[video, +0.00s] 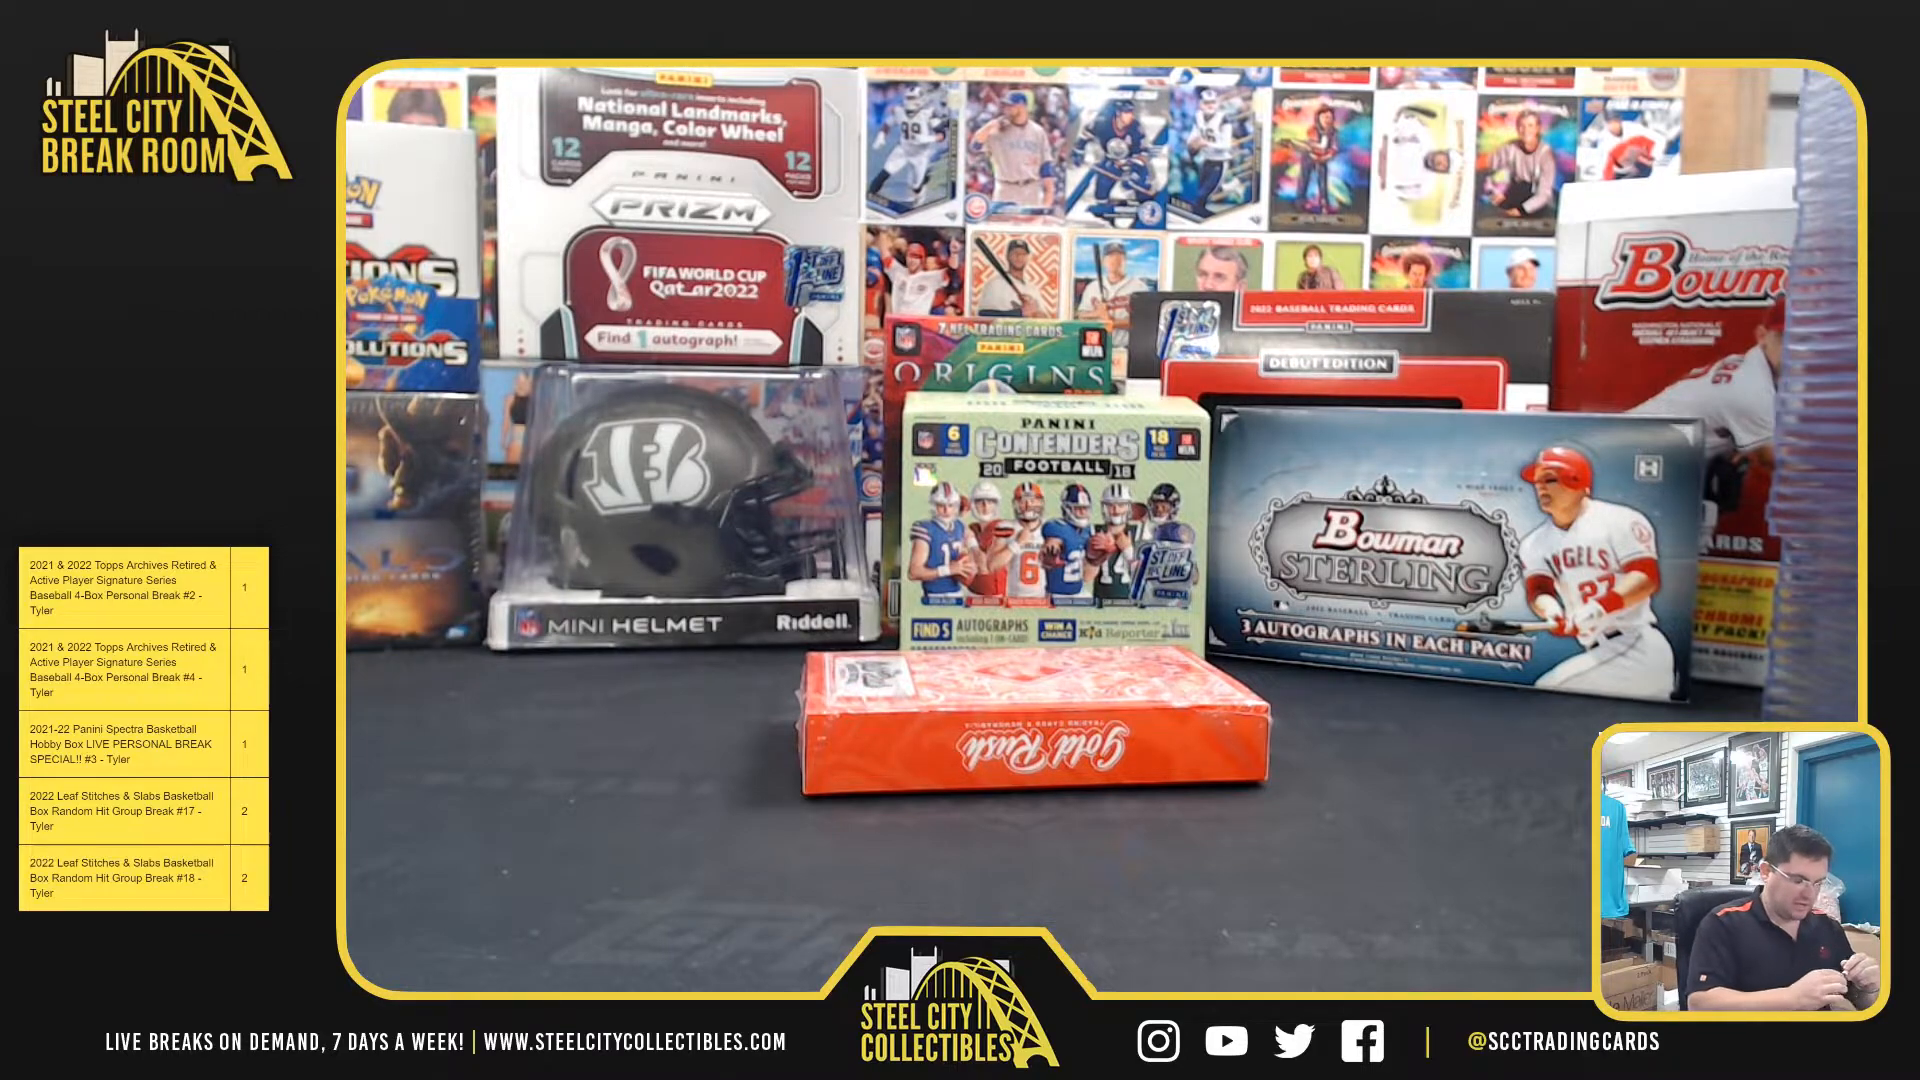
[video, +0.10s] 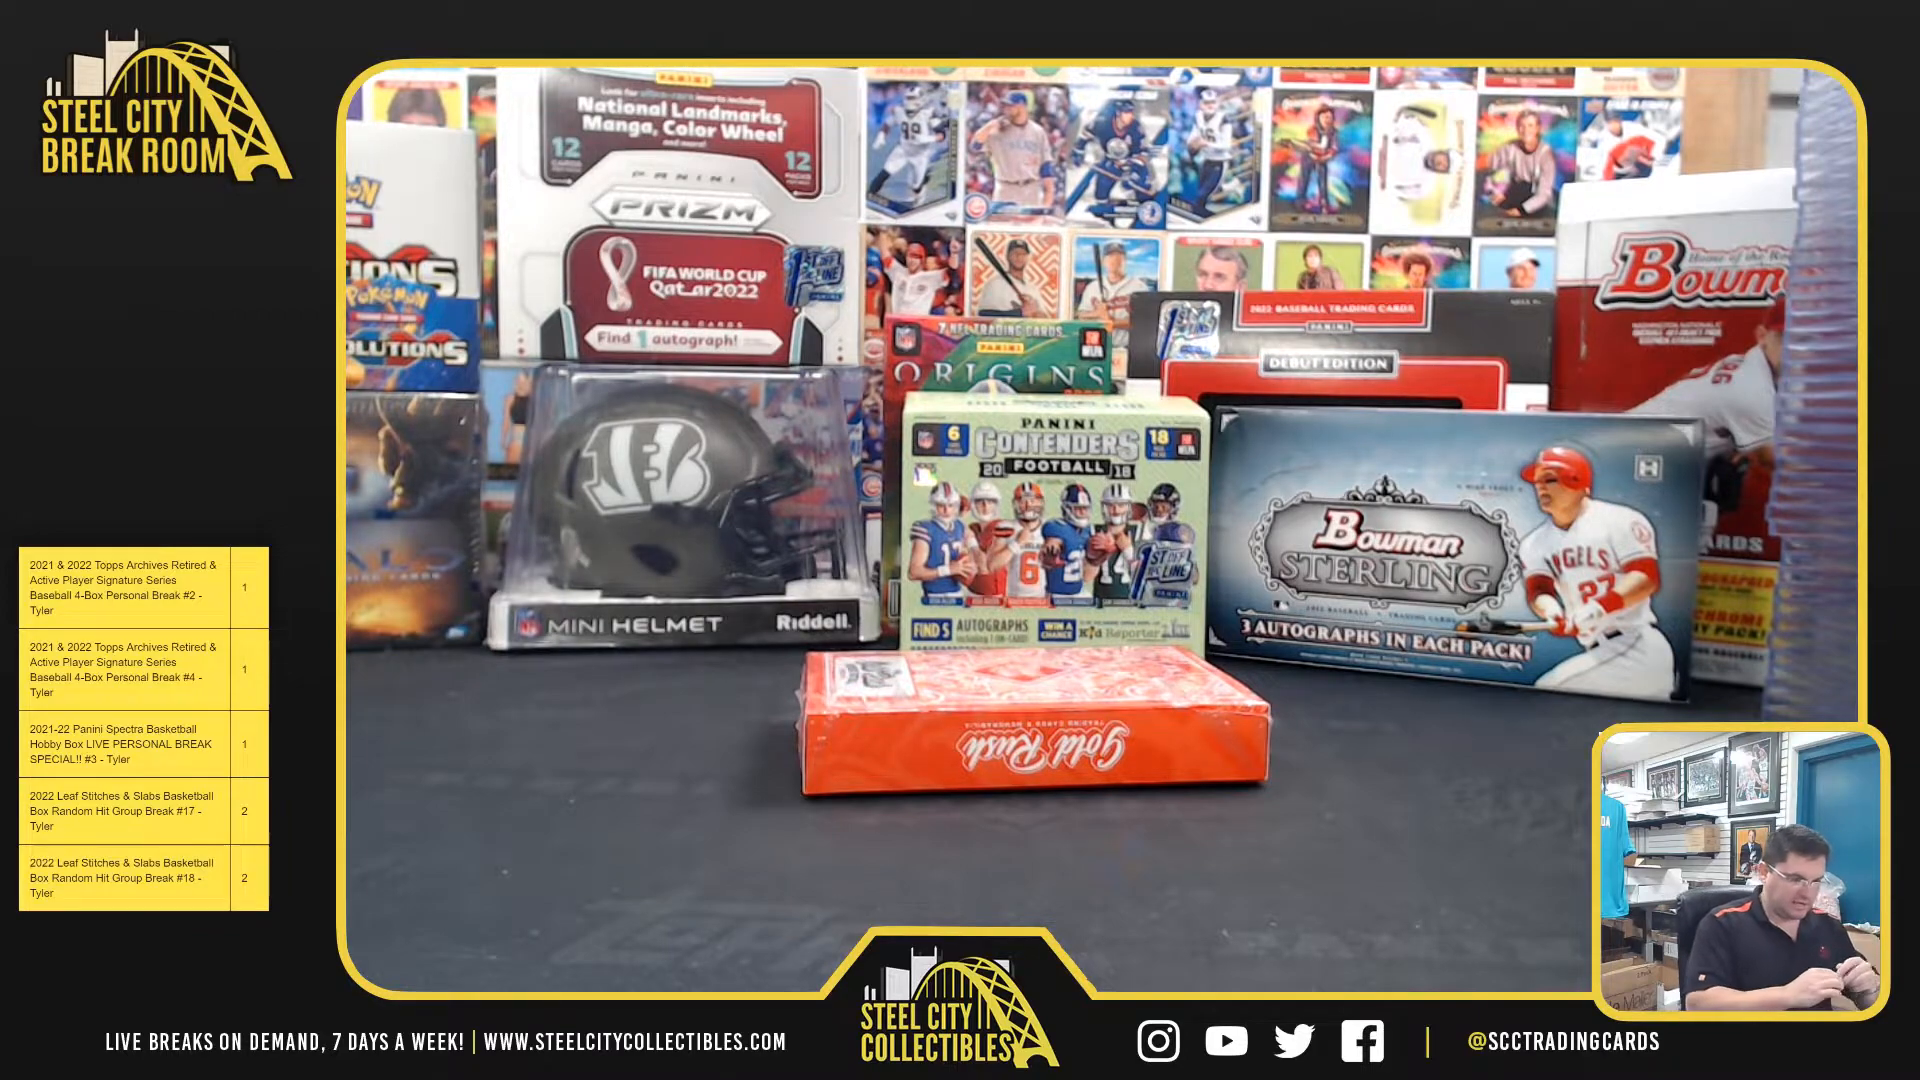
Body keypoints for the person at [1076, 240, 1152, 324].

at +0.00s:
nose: (1115, 260)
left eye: (1119, 255)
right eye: (1111, 256)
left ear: (1124, 260)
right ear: (1103, 261)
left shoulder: (1138, 287)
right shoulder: (1092, 287)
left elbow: (1143, 319)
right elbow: (1081, 315)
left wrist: (1114, 323)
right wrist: (1099, 313)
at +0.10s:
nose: (1115, 260)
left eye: (1119, 256)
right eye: (1111, 256)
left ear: (1124, 260)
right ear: (1103, 261)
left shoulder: (1138, 287)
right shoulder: (1093, 287)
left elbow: (1143, 319)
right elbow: (1081, 315)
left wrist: (1113, 322)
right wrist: (1099, 313)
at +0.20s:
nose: (1115, 260)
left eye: (1119, 255)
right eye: (1111, 255)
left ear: (1125, 260)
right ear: (1104, 260)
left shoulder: (1138, 286)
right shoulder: (1093, 287)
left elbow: (1144, 319)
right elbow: (1081, 315)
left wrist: (1115, 323)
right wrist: (1099, 313)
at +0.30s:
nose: (1115, 260)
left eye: (1119, 255)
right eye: (1111, 255)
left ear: (1125, 260)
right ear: (1104, 260)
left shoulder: (1138, 286)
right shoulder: (1093, 287)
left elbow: (1144, 319)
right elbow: (1081, 315)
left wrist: (1115, 323)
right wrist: (1099, 313)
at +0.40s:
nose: (1115, 260)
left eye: (1119, 255)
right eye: (1111, 255)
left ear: (1125, 260)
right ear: (1104, 260)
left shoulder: (1138, 286)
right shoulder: (1093, 287)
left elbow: (1144, 319)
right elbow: (1081, 315)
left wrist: (1115, 323)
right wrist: (1099, 313)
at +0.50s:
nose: (1115, 260)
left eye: (1119, 255)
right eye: (1111, 255)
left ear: (1125, 260)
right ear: (1104, 260)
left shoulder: (1138, 286)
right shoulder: (1093, 287)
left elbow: (1144, 319)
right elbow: (1081, 315)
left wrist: (1114, 323)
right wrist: (1098, 313)